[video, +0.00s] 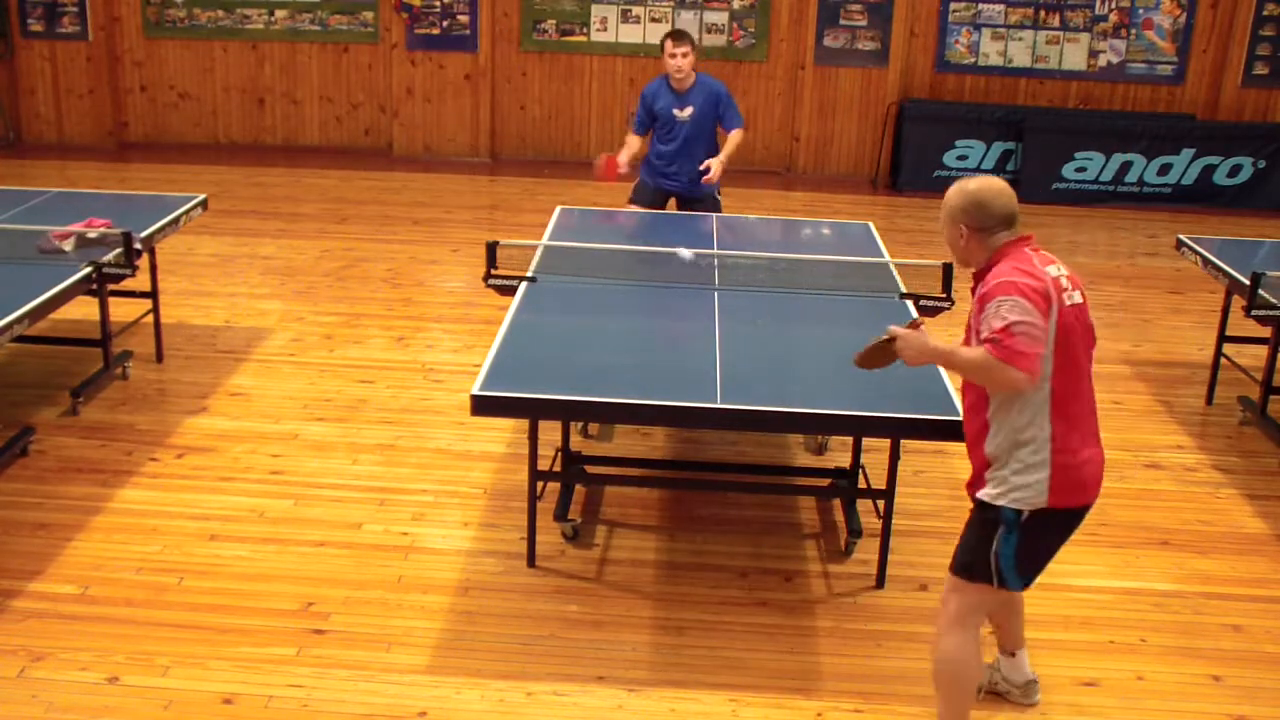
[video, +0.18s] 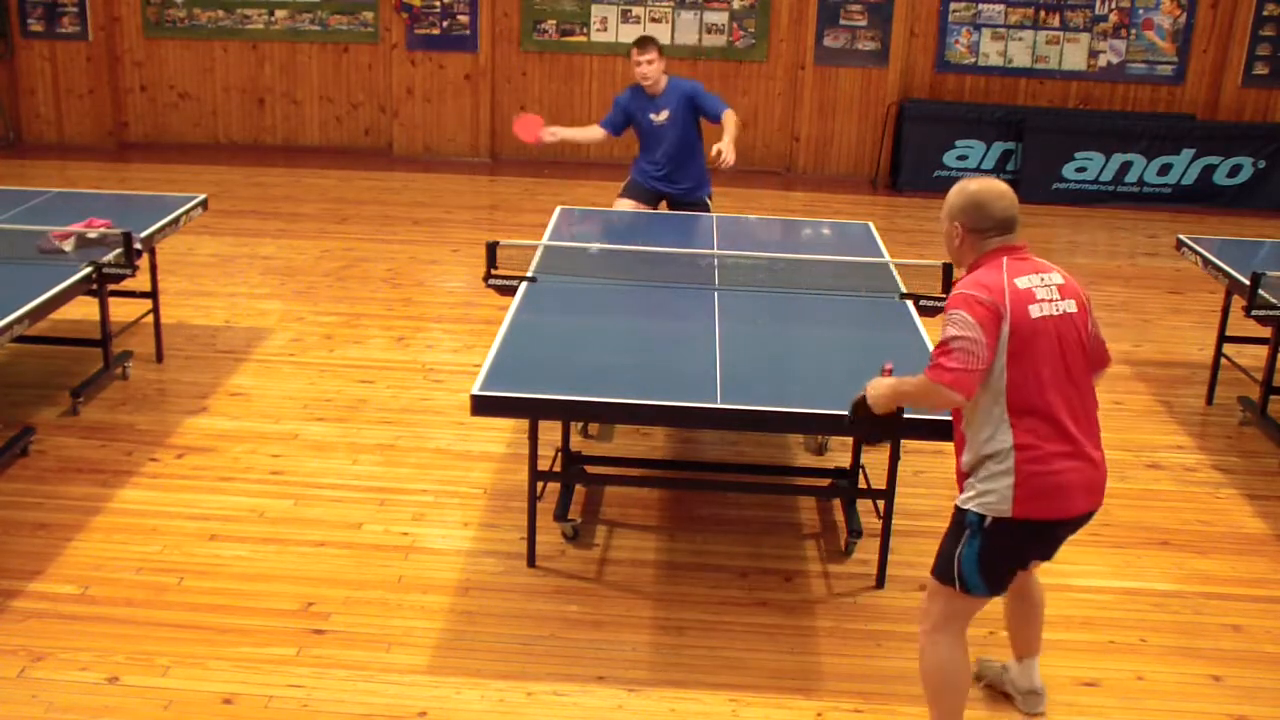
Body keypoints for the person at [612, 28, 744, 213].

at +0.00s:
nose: (678, 62)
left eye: (685, 55)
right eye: (672, 56)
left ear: (694, 57)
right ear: (663, 59)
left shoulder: (714, 91)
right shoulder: (652, 92)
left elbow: (736, 129)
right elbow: (638, 132)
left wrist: (721, 159)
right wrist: (625, 154)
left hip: (698, 180)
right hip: (656, 178)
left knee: (709, 238)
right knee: (629, 226)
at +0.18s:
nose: (643, 70)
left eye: (649, 63)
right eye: (638, 65)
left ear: (663, 63)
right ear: (632, 67)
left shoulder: (688, 91)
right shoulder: (630, 99)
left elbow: (727, 114)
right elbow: (603, 131)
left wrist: (728, 140)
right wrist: (560, 133)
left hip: (688, 182)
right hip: (647, 178)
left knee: (701, 245)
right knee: (615, 227)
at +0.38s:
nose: (582, 92)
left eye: (587, 84)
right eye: (577, 87)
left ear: (605, 82)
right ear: (573, 90)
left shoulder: (634, 102)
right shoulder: (579, 119)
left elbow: (682, 104)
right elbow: (548, 150)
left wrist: (718, 117)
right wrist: (503, 138)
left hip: (660, 192)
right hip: (614, 194)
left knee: (674, 253)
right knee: (597, 250)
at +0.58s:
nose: (543, 133)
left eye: (548, 125)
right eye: (537, 127)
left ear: (563, 124)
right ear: (531, 129)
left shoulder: (592, 133)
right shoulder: (537, 166)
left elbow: (643, 124)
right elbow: (528, 210)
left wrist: (686, 128)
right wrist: (504, 225)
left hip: (632, 207)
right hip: (588, 215)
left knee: (646, 259)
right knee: (585, 263)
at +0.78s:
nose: (545, 147)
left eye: (550, 139)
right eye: (538, 142)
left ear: (558, 136)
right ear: (528, 146)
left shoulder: (583, 143)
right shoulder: (531, 183)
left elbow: (630, 131)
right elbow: (528, 231)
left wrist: (675, 136)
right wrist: (517, 256)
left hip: (621, 209)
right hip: (580, 218)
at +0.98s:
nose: (572, 107)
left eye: (577, 99)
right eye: (565, 100)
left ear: (583, 100)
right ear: (552, 105)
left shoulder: (603, 120)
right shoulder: (546, 148)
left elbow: (643, 129)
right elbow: (532, 190)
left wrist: (680, 146)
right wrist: (520, 230)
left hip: (622, 203)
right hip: (578, 209)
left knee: (633, 258)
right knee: (578, 262)